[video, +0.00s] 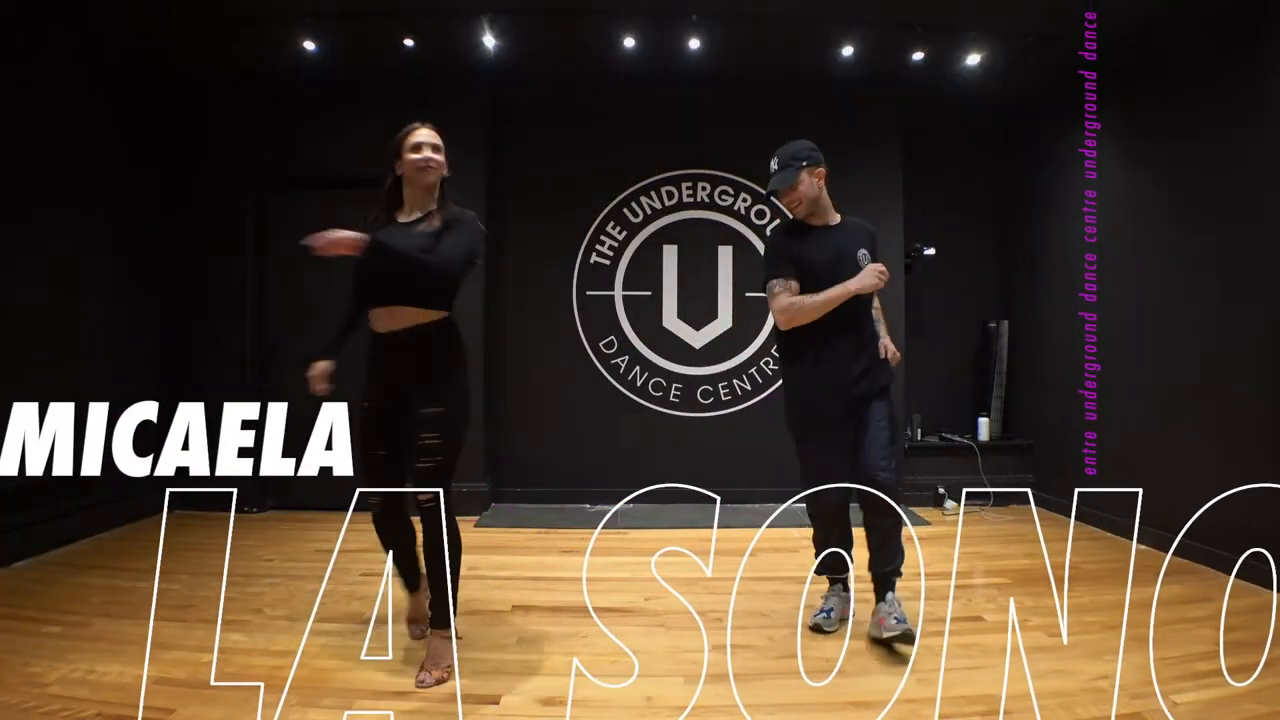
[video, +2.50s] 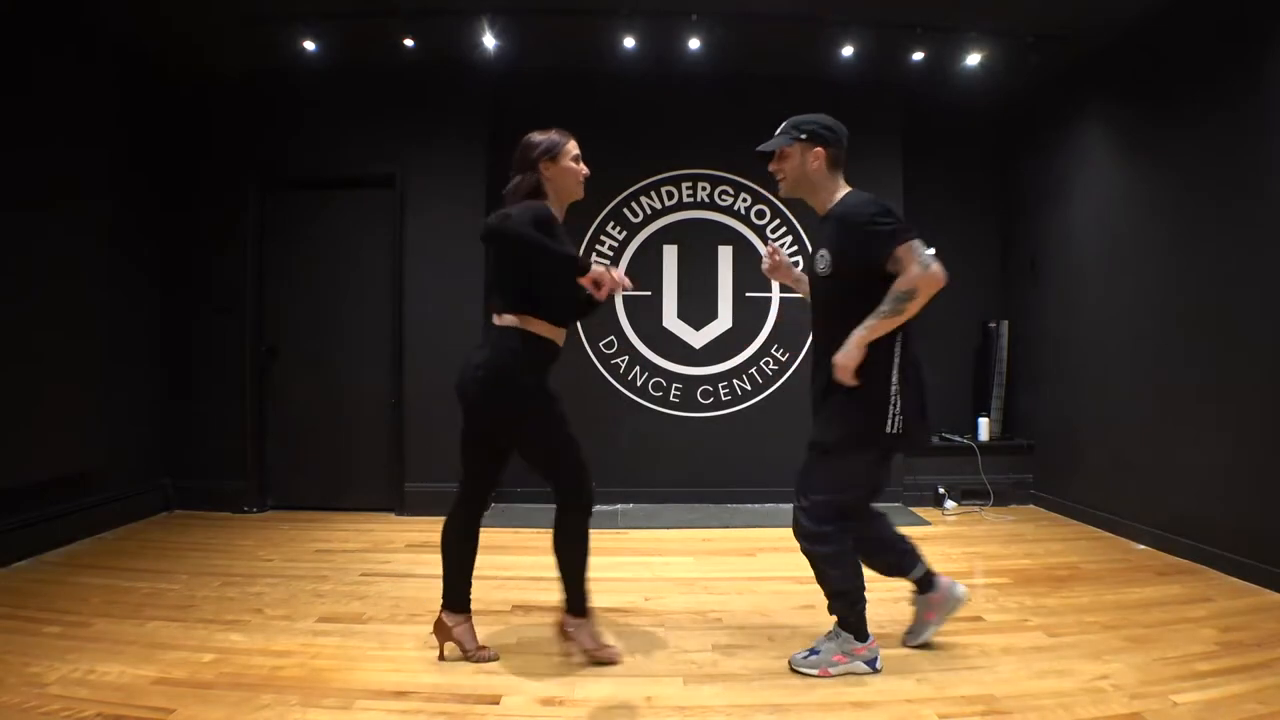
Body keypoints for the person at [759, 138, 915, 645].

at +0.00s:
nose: (785, 199)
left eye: (791, 187)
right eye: (779, 192)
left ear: (818, 175)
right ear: (777, 192)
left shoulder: (861, 233)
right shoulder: (781, 242)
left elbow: (869, 295)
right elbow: (784, 314)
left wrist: (882, 335)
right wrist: (853, 286)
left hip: (866, 381)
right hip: (811, 389)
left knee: (879, 484)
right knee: (823, 494)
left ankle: (886, 599)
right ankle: (836, 590)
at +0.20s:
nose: (793, 198)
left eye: (799, 186)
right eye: (786, 191)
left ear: (827, 176)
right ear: (783, 194)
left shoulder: (867, 240)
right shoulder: (783, 248)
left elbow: (871, 300)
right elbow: (767, 323)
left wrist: (883, 343)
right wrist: (813, 316)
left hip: (862, 393)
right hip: (805, 400)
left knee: (860, 493)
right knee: (817, 500)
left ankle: (862, 606)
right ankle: (835, 589)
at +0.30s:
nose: (794, 196)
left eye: (801, 185)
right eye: (788, 189)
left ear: (831, 176)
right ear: (785, 193)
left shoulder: (876, 244)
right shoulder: (780, 250)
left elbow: (888, 307)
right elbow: (761, 323)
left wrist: (888, 349)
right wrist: (748, 279)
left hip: (857, 393)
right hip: (798, 399)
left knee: (845, 490)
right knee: (807, 509)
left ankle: (852, 613)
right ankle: (833, 587)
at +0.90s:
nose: (771, 197)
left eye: (771, 182)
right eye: (766, 187)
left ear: (800, 161)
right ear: (798, 166)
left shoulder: (840, 213)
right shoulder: (825, 217)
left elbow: (872, 287)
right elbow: (845, 286)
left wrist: (804, 352)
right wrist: (796, 274)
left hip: (823, 396)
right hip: (808, 390)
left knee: (787, 508)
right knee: (785, 504)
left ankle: (836, 637)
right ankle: (853, 593)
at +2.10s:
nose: (755, 185)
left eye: (758, 171)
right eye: (751, 175)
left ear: (789, 155)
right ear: (785, 161)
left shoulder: (848, 212)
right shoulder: (810, 222)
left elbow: (903, 284)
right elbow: (826, 305)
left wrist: (828, 325)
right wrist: (772, 319)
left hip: (829, 394)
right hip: (800, 389)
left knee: (797, 508)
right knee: (788, 508)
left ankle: (851, 633)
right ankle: (825, 618)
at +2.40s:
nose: (761, 174)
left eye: (768, 163)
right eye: (759, 165)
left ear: (801, 158)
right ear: (800, 162)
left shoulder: (843, 218)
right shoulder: (826, 220)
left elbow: (878, 296)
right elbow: (854, 297)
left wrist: (805, 347)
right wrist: (804, 300)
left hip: (860, 402)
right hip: (833, 398)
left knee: (822, 509)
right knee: (785, 485)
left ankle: (851, 637)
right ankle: (859, 591)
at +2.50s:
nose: (774, 167)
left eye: (783, 156)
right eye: (774, 158)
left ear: (818, 157)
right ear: (813, 160)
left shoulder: (862, 214)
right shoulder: (833, 226)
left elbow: (928, 276)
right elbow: (845, 298)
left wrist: (859, 340)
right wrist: (795, 279)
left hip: (865, 400)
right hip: (847, 397)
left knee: (818, 515)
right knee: (841, 509)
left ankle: (853, 638)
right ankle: (932, 586)